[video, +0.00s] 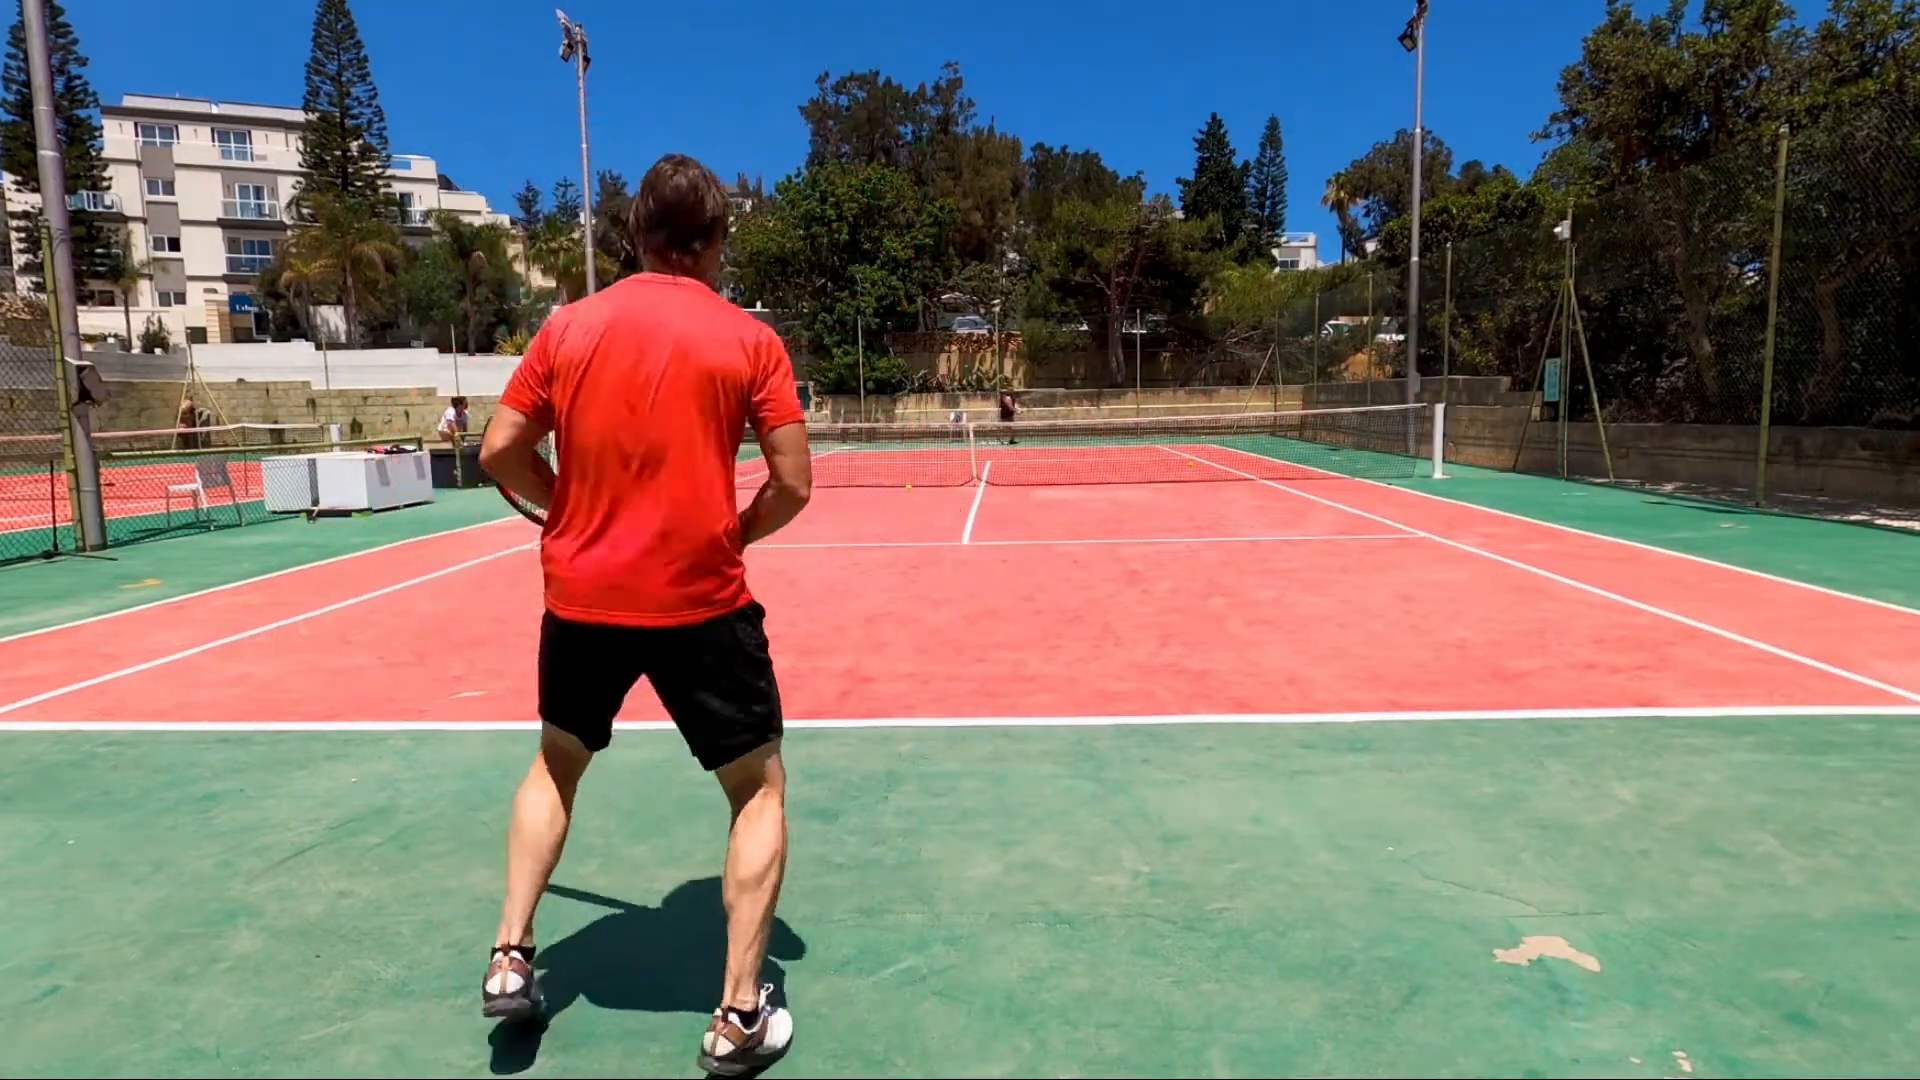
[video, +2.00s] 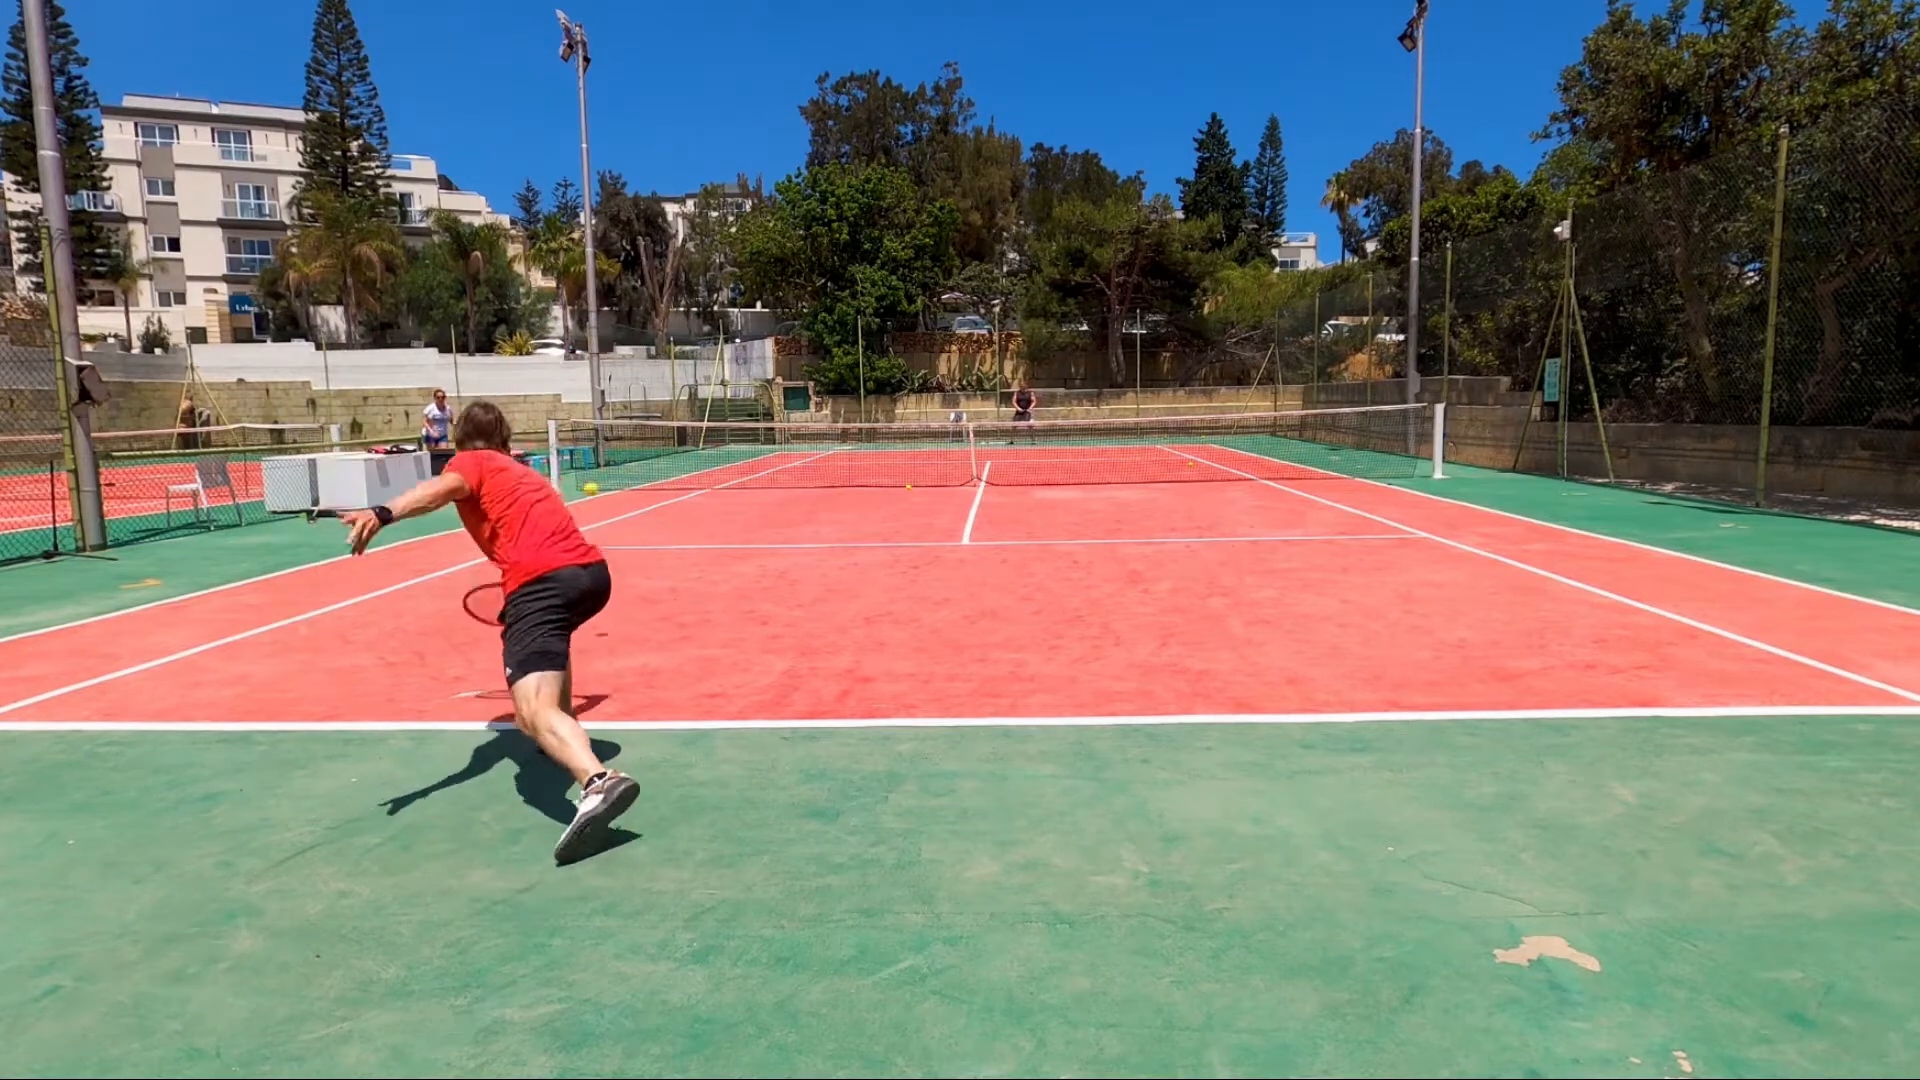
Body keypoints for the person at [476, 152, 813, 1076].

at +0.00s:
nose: (724, 250)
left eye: (717, 239)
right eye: (724, 239)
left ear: (636, 239)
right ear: (713, 242)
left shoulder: (572, 324)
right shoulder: (747, 336)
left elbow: (500, 451)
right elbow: (792, 485)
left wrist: (569, 509)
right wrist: (727, 538)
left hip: (583, 597)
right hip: (699, 603)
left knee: (555, 765)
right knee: (754, 787)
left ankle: (509, 957)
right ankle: (738, 1010)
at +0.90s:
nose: (654, 320)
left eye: (653, 308)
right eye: (652, 309)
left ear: (577, 309)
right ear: (640, 314)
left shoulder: (525, 386)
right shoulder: (661, 396)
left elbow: (478, 495)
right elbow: (691, 516)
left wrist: (538, 516)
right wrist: (645, 552)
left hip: (533, 602)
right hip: (628, 602)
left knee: (527, 716)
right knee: (717, 719)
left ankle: (475, 861)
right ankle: (714, 888)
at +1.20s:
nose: (527, 345)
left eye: (528, 335)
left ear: (535, 335)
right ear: (594, 336)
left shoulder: (531, 389)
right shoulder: (633, 397)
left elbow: (496, 491)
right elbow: (612, 511)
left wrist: (466, 499)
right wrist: (512, 535)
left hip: (573, 595)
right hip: (661, 592)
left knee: (498, 701)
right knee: (696, 746)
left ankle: (522, 862)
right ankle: (748, 900)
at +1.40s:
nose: (458, 374)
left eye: (457, 364)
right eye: (459, 365)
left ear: (464, 363)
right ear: (520, 358)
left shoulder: (481, 410)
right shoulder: (557, 412)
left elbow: (503, 498)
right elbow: (535, 529)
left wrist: (433, 542)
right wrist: (459, 583)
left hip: (563, 594)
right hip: (635, 588)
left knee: (475, 728)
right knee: (625, 716)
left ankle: (527, 886)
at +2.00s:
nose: (454, 453)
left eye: (455, 447)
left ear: (460, 442)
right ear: (505, 443)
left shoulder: (469, 461)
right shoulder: (525, 471)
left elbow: (443, 489)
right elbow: (548, 532)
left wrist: (383, 513)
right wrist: (521, 593)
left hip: (543, 582)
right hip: (592, 575)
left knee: (538, 711)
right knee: (549, 634)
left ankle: (596, 781)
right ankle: (562, 725)